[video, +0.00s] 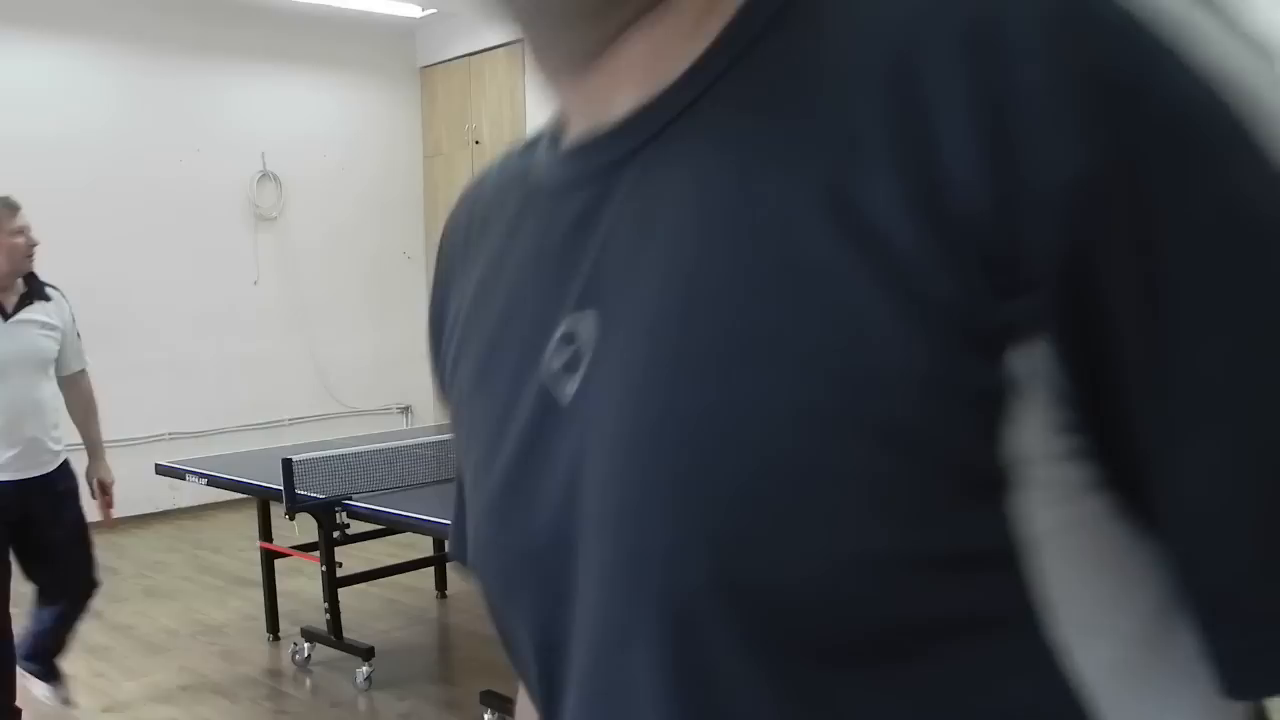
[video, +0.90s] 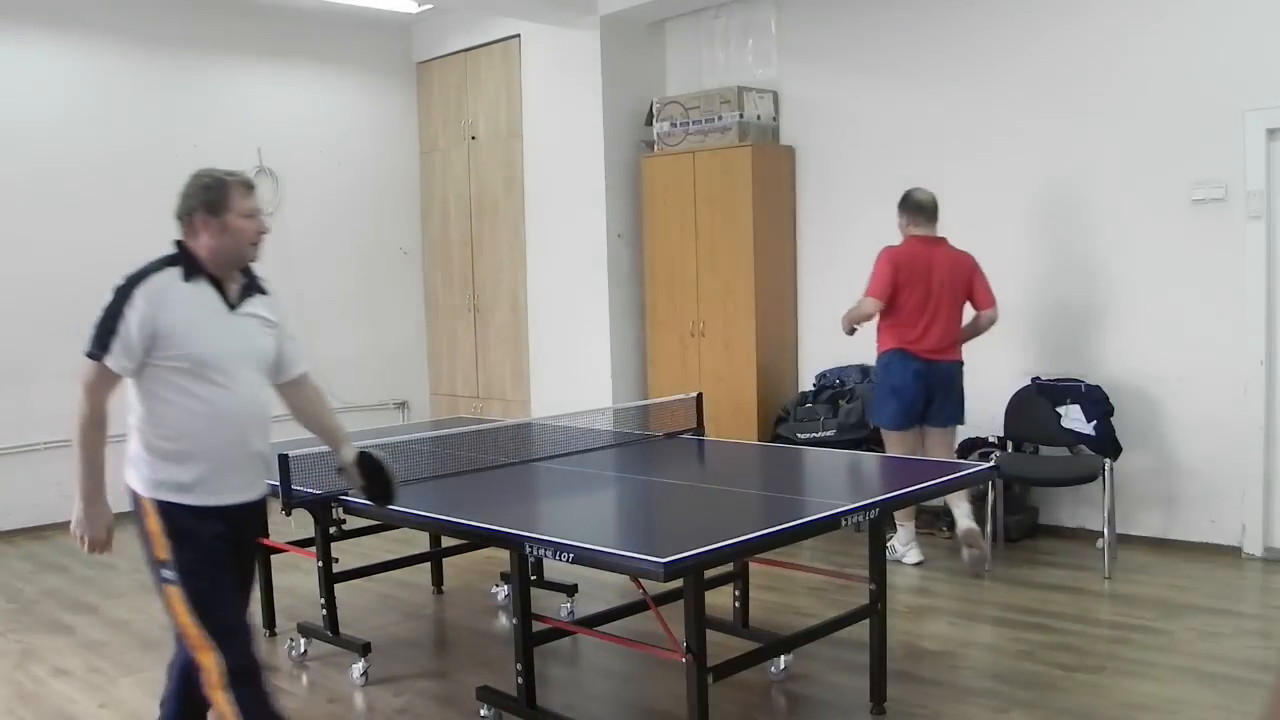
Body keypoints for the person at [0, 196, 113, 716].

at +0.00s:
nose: (30, 238)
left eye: (28, 229)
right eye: (17, 232)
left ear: (28, 239)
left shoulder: (51, 303)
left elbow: (74, 381)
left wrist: (96, 457)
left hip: (45, 473)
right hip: (1, 480)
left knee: (73, 581)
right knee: (6, 598)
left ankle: (35, 664)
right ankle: (12, 694)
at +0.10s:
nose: (42, 238)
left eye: (39, 229)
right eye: (30, 230)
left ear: (26, 241)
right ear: (1, 243)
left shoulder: (56, 302)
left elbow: (73, 381)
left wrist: (86, 456)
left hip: (54, 480)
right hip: (1, 489)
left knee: (90, 586)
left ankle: (73, 696)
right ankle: (3, 704)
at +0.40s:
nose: (120, 249)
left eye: (117, 238)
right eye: (107, 239)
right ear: (64, 248)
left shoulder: (122, 317)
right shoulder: (15, 313)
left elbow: (131, 403)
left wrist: (138, 479)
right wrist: (3, 508)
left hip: (118, 506)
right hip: (35, 511)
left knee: (140, 645)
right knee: (8, 646)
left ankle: (158, 713)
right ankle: (6, 707)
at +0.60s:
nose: (181, 233)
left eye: (179, 221)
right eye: (168, 222)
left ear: (136, 228)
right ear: (123, 228)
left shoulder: (179, 302)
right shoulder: (70, 289)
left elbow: (199, 392)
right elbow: (24, 378)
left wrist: (226, 477)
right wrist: (63, 476)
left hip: (175, 496)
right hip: (99, 501)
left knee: (181, 647)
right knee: (102, 644)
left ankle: (174, 715)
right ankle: (51, 710)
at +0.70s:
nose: (205, 223)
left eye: (203, 212)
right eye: (193, 213)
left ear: (161, 221)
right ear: (147, 221)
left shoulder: (203, 293)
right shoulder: (95, 281)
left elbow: (234, 377)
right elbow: (48, 372)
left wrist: (271, 455)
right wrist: (79, 470)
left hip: (196, 489)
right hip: (123, 491)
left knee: (195, 635)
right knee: (155, 637)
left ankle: (175, 713)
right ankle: (126, 709)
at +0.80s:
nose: (233, 224)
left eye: (231, 212)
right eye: (220, 213)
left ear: (191, 223)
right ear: (174, 222)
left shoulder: (232, 297)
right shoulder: (123, 284)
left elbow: (268, 377)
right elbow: (72, 376)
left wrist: (316, 451)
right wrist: (87, 482)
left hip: (217, 492)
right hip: (146, 493)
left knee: (208, 641)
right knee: (184, 644)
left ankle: (192, 713)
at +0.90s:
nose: (263, 227)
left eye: (261, 216)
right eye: (250, 217)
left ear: (215, 226)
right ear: (202, 226)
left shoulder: (261, 301)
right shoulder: (149, 292)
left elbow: (297, 384)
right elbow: (93, 391)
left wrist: (348, 450)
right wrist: (91, 501)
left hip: (246, 500)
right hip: (173, 505)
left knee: (207, 649)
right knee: (228, 662)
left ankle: (180, 713)